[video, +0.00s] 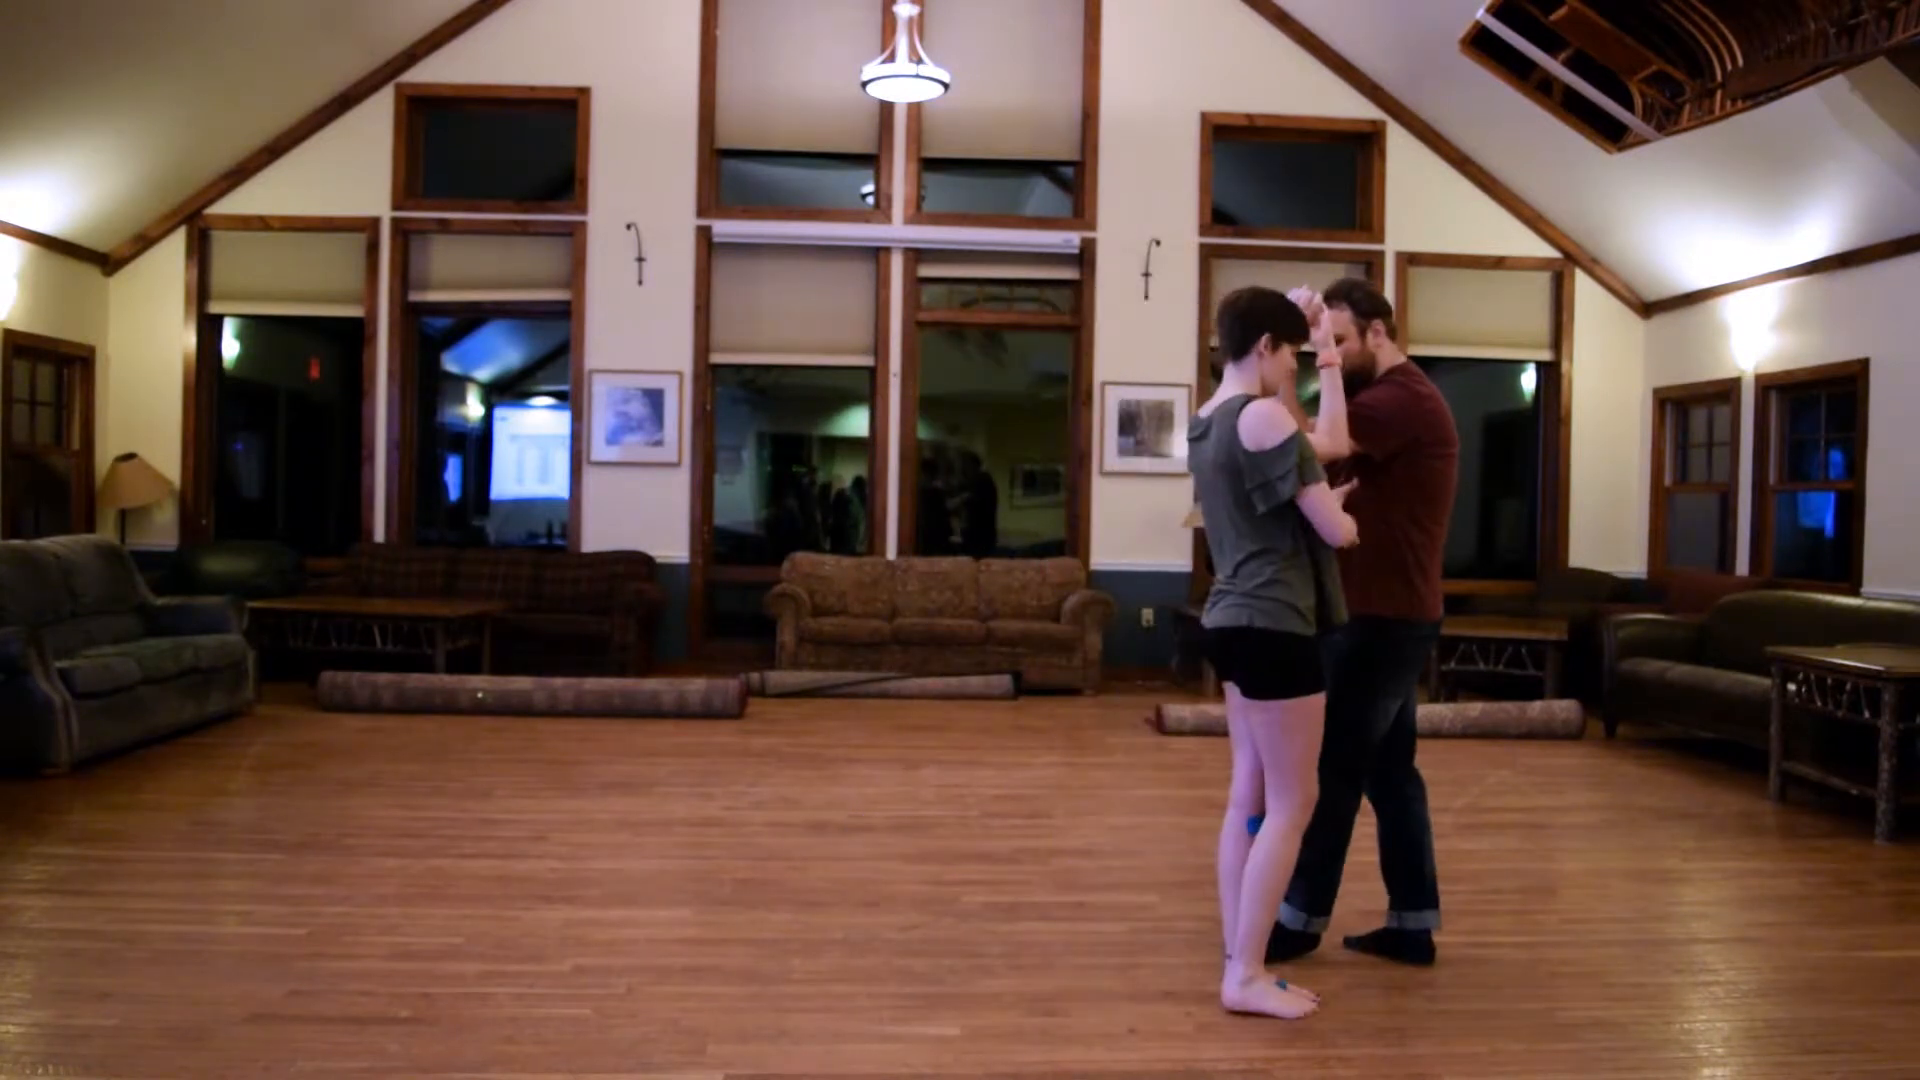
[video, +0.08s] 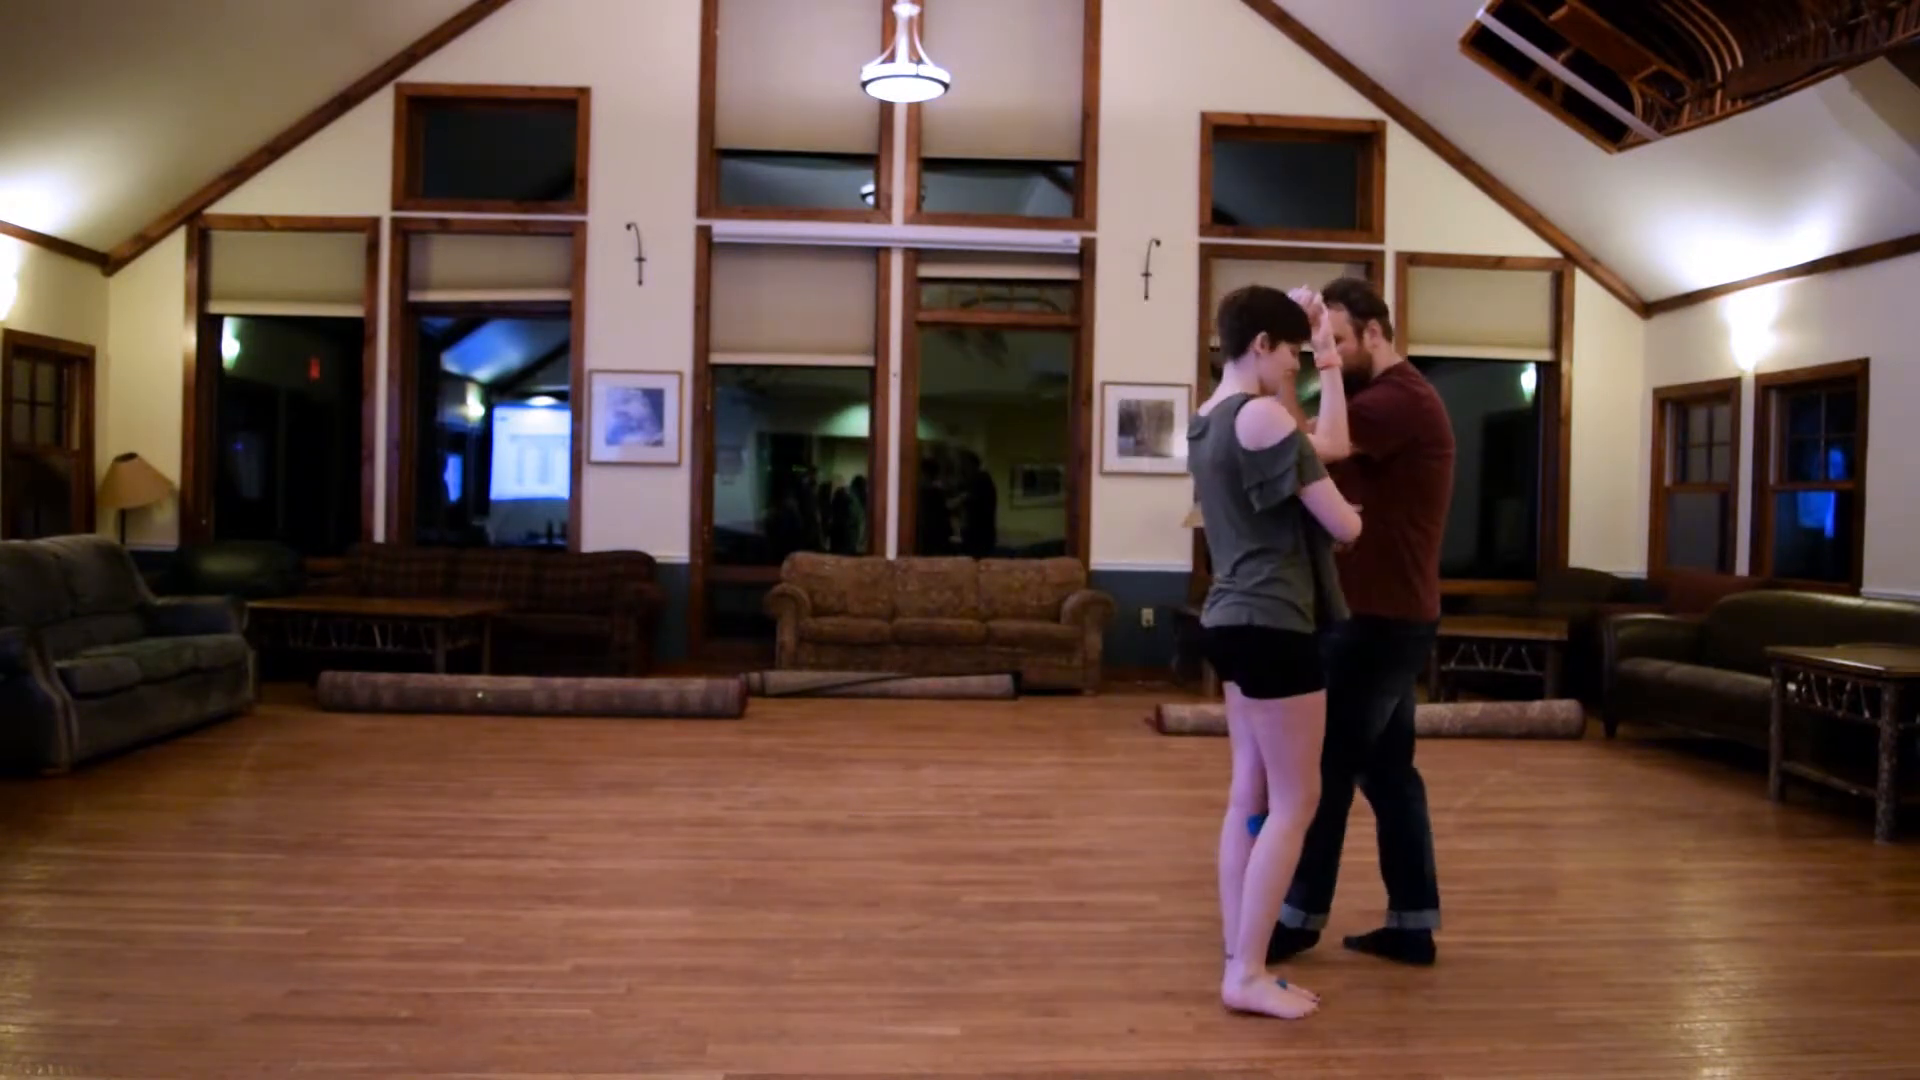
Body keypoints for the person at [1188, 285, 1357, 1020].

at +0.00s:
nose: (1301, 362)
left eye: (1301, 349)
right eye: (1296, 349)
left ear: (1235, 349)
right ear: (1267, 348)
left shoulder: (1208, 419)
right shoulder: (1266, 417)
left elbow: (1329, 442)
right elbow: (1335, 529)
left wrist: (1327, 360)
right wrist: (1336, 508)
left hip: (1232, 620)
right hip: (1278, 627)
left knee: (1248, 798)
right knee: (1289, 804)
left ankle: (1239, 964)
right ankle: (1247, 977)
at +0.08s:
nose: (1302, 363)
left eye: (1303, 350)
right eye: (1296, 349)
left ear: (1240, 349)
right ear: (1264, 348)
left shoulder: (1208, 417)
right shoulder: (1265, 417)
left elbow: (1319, 445)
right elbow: (1343, 523)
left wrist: (1329, 365)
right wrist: (1345, 514)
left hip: (1230, 619)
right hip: (1276, 625)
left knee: (1248, 797)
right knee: (1293, 802)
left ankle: (1241, 963)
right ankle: (1248, 975)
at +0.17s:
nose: (1298, 366)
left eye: (1300, 353)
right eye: (1292, 352)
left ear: (1237, 350)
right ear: (1257, 348)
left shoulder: (1205, 419)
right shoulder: (1258, 417)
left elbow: (1321, 446)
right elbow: (1349, 516)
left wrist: (1328, 369)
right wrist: (1311, 522)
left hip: (1227, 622)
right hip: (1272, 626)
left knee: (1247, 798)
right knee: (1295, 800)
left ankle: (1241, 963)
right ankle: (1248, 974)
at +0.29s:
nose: (1283, 367)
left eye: (1285, 354)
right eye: (1279, 353)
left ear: (1225, 349)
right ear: (1245, 347)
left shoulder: (1192, 421)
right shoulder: (1246, 419)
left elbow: (1308, 457)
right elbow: (1343, 512)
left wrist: (1315, 372)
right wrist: (1300, 508)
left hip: (1215, 624)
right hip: (1259, 628)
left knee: (1241, 800)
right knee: (1293, 802)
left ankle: (1237, 961)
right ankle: (1240, 974)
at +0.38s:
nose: (1293, 358)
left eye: (1304, 342)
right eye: (1290, 344)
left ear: (1342, 337)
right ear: (1335, 340)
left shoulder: (1365, 405)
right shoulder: (1362, 397)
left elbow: (1276, 469)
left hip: (1345, 622)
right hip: (1367, 619)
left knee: (1288, 767)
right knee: (1375, 767)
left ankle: (1262, 916)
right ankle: (1411, 922)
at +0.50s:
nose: (1267, 361)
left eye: (1278, 346)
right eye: (1263, 348)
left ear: (1317, 341)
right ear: (1307, 346)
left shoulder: (1340, 408)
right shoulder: (1331, 400)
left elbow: (1248, 470)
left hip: (1316, 628)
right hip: (1339, 624)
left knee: (1276, 778)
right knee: (1344, 766)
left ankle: (1263, 929)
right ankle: (1407, 920)